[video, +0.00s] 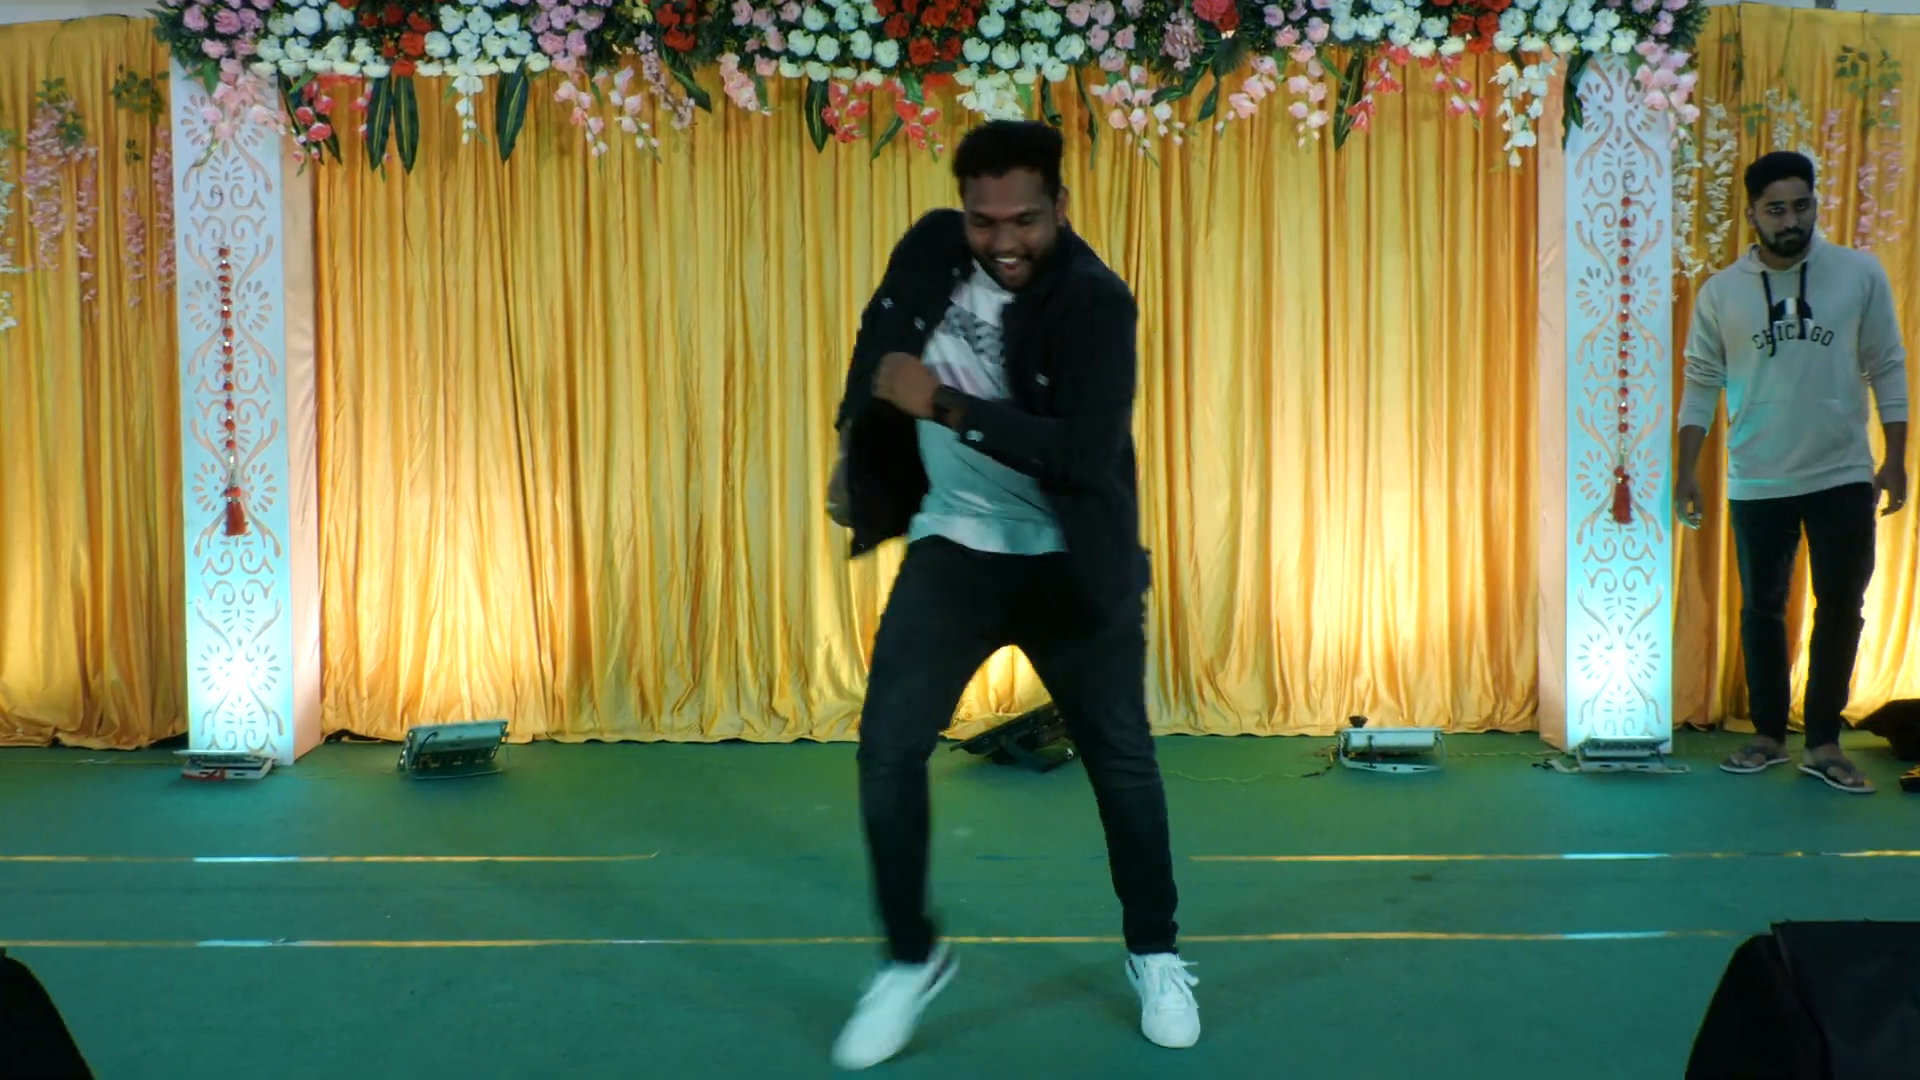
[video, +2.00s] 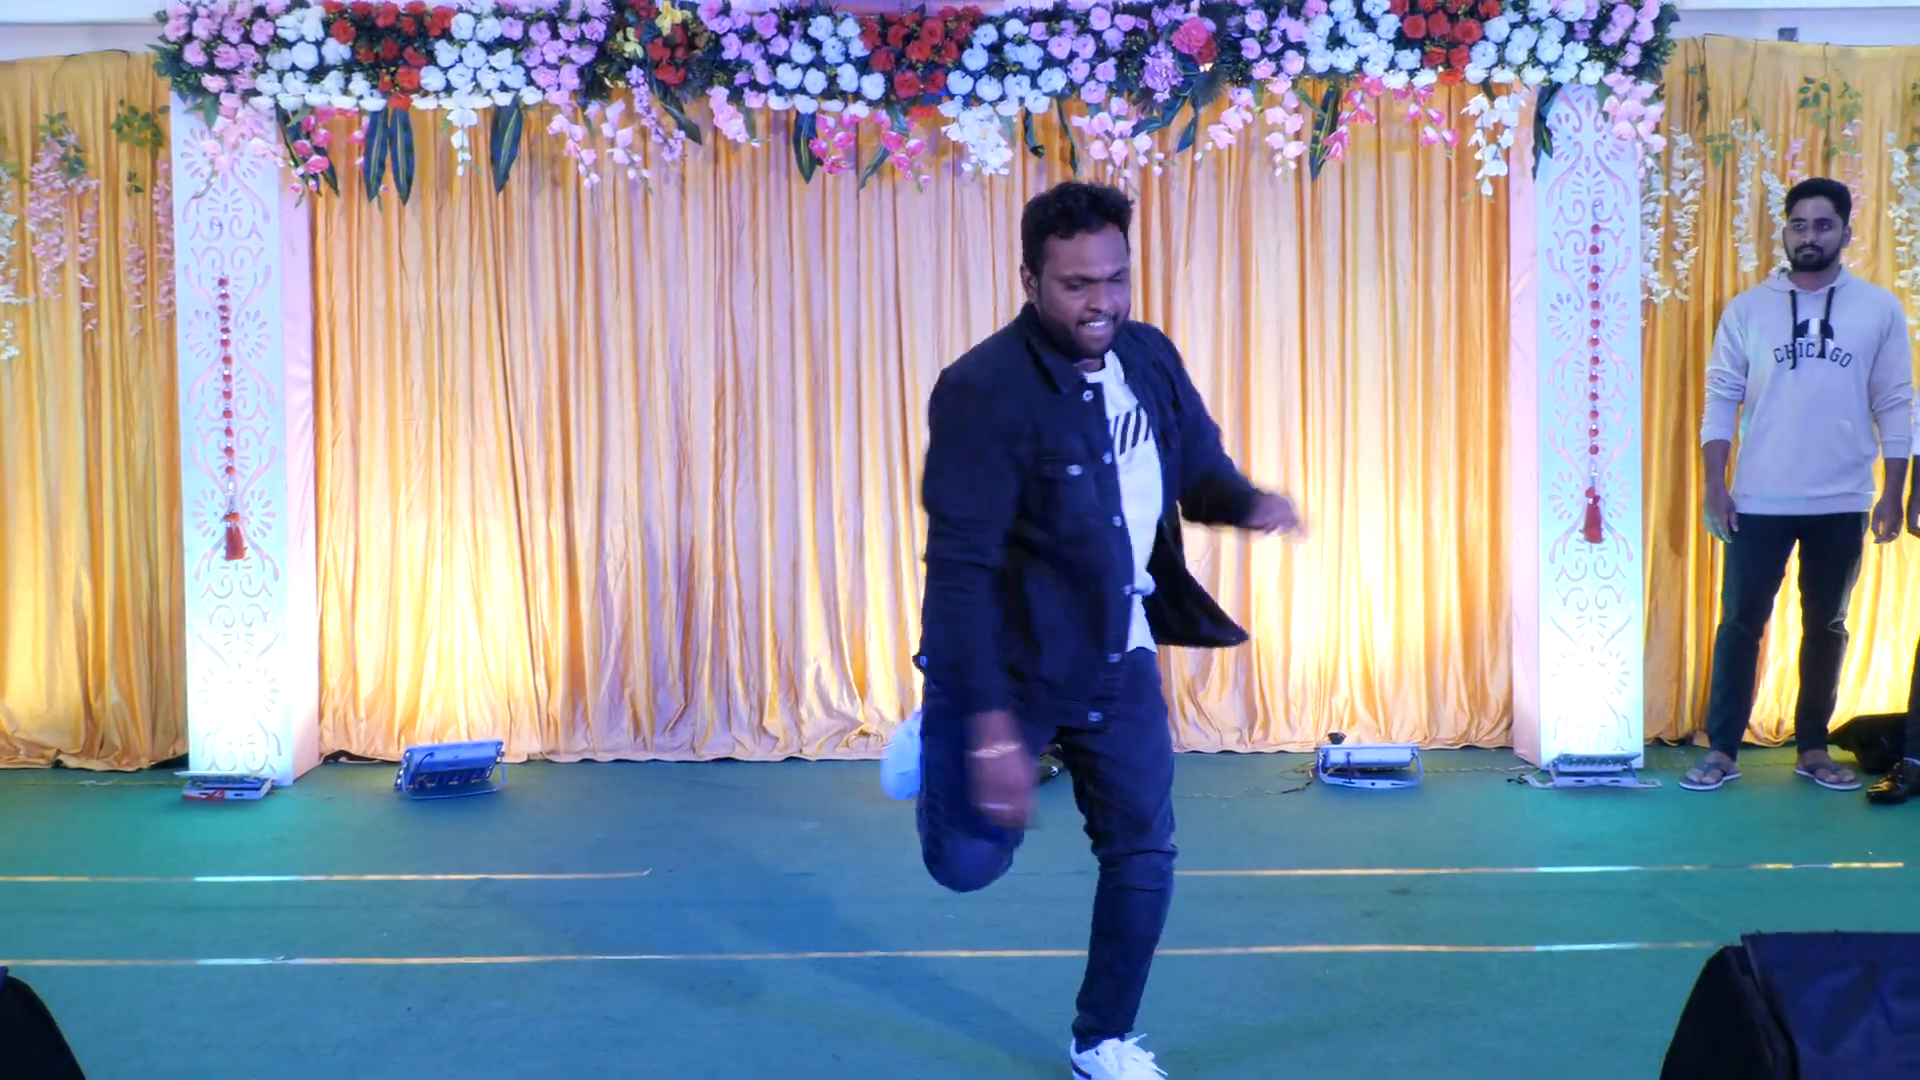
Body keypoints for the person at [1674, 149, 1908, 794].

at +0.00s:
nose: (1790, 217)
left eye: (1800, 205)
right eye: (1776, 207)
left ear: (1815, 206)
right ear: (1752, 213)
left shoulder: (1861, 276)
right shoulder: (1720, 293)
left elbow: (1888, 369)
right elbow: (1700, 383)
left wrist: (1897, 458)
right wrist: (1687, 469)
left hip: (1842, 472)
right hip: (1758, 478)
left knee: (1841, 608)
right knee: (1764, 606)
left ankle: (1824, 743)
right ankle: (1768, 736)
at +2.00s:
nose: (1809, 235)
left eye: (1823, 225)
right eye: (1798, 224)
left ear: (1845, 234)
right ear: (1784, 231)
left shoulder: (1878, 309)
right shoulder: (1747, 309)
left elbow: (1896, 404)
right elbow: (1721, 397)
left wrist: (1894, 490)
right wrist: (1714, 482)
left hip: (1840, 499)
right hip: (1760, 497)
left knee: (1826, 629)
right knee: (1740, 623)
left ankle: (1812, 750)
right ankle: (1722, 751)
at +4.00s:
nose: (1731, 273)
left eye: (1744, 264)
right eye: (1721, 264)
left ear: (1763, 272)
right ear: (1707, 270)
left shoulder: (1792, 341)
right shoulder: (1671, 338)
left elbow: (1804, 426)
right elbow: (1647, 416)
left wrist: (1802, 505)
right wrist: (1637, 491)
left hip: (1755, 510)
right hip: (1682, 508)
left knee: (1741, 628)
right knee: (1661, 623)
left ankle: (1727, 736)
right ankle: (1645, 736)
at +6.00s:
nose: (1646, 282)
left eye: (1658, 270)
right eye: (1637, 272)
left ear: (1684, 273)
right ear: (1627, 277)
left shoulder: (1728, 332)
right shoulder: (1607, 344)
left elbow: (1768, 395)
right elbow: (1586, 402)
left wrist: (1746, 471)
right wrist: (1595, 467)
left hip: (1708, 508)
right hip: (1634, 511)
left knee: (1721, 625)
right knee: (1637, 625)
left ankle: (1723, 739)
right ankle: (1649, 736)